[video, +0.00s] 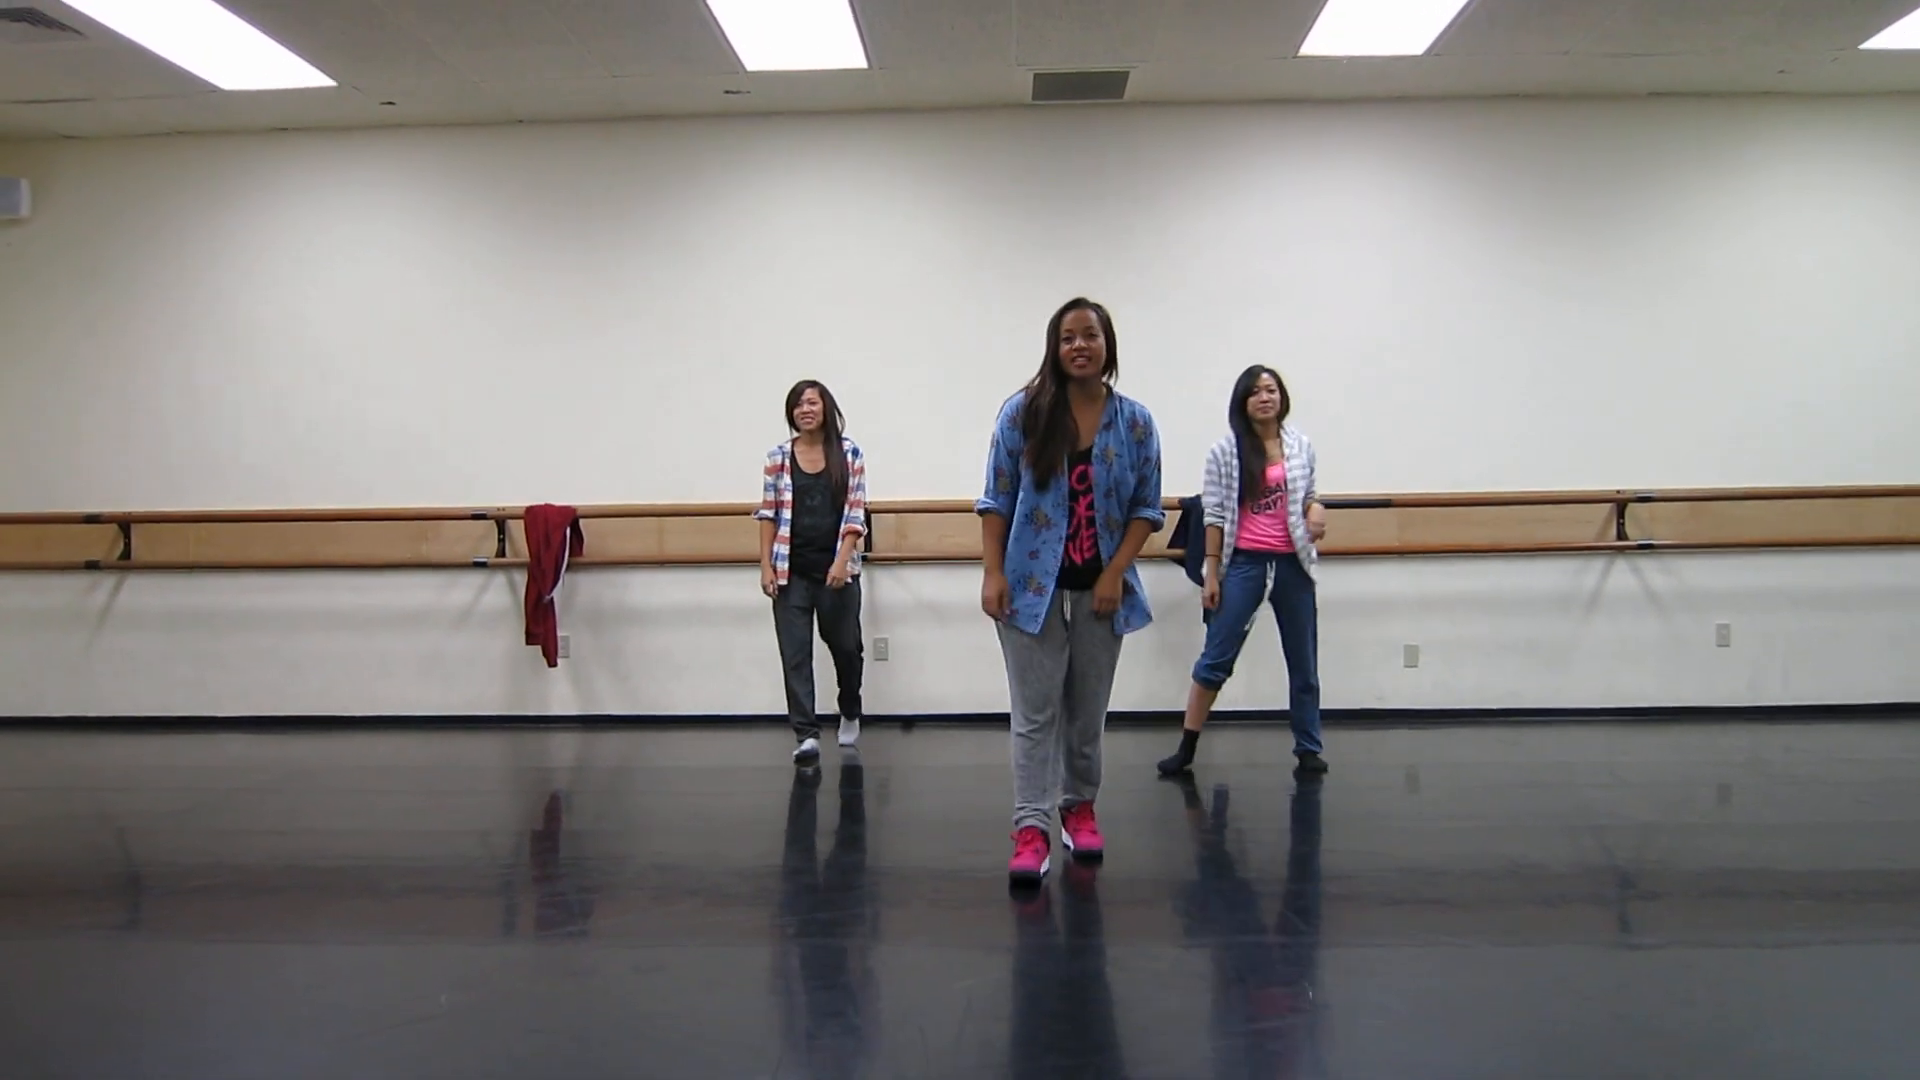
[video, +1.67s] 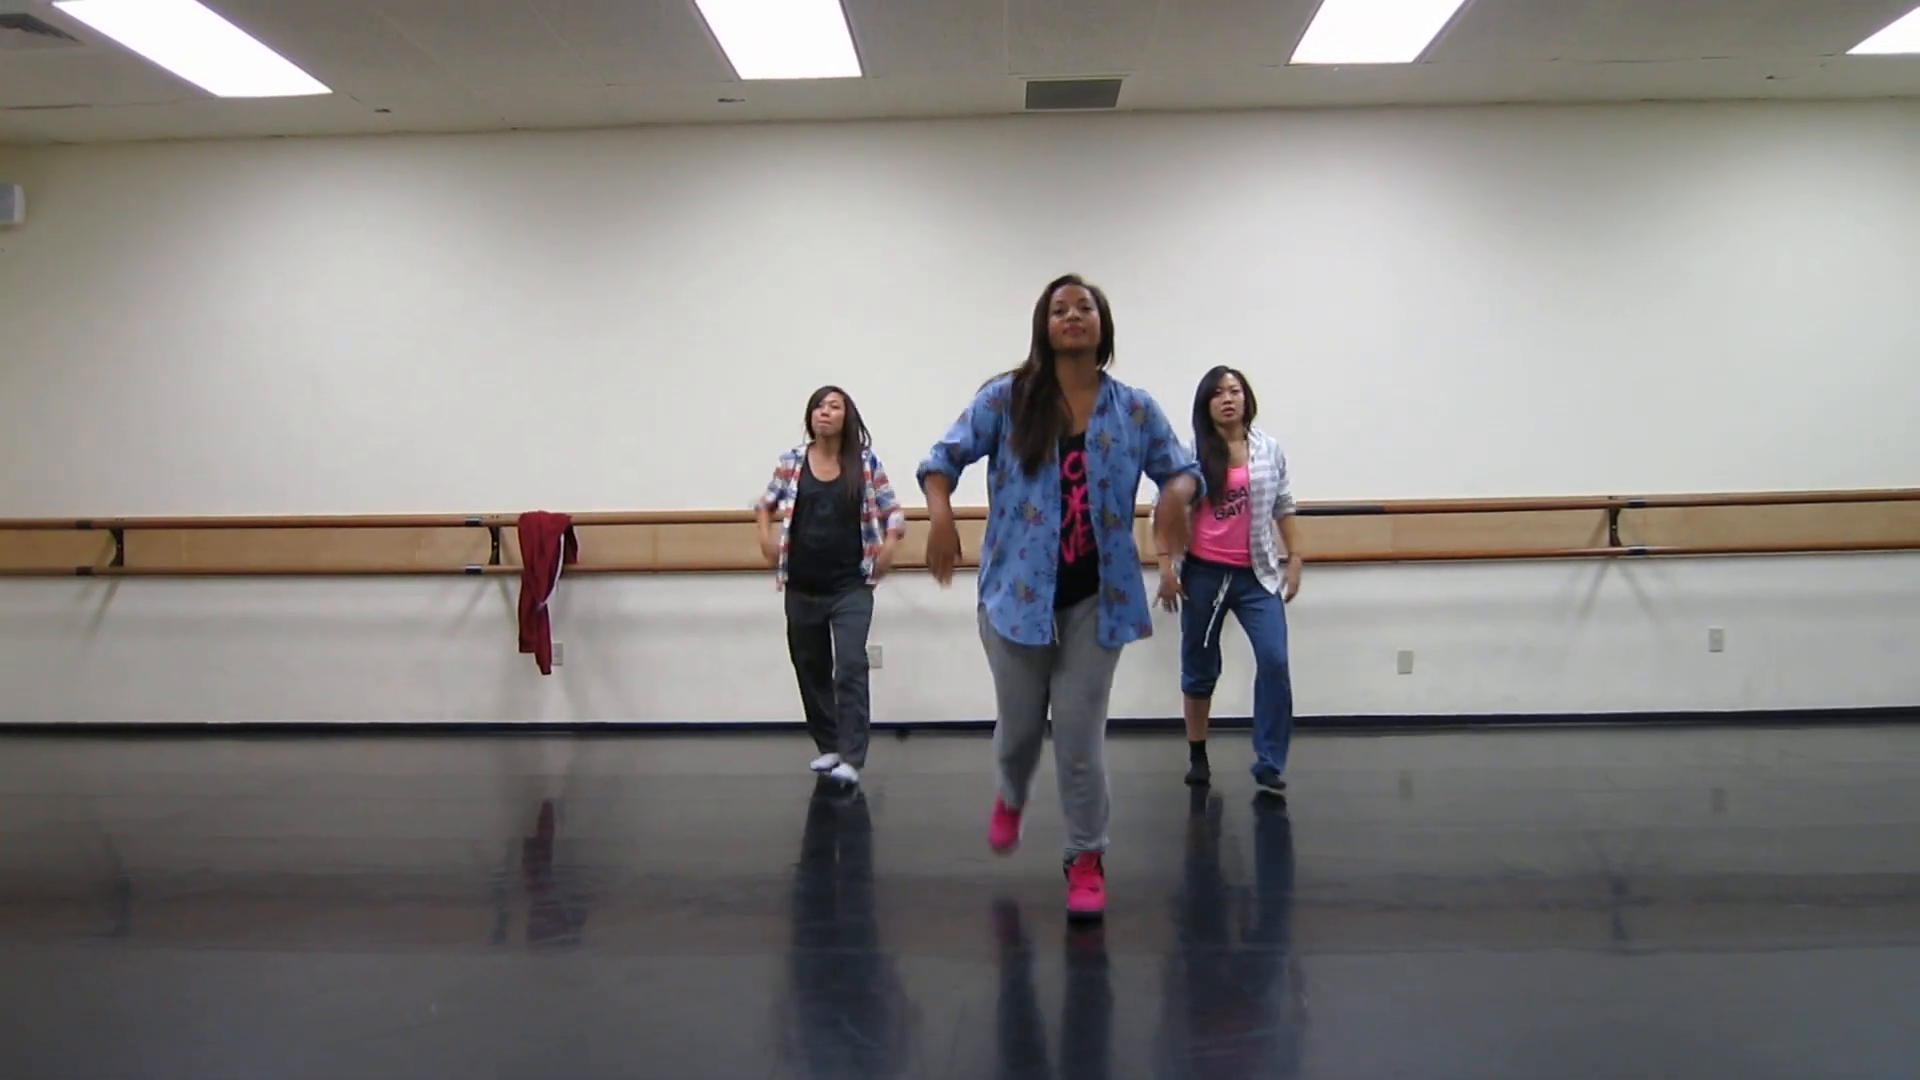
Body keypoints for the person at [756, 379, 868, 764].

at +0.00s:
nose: (806, 409)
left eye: (813, 402)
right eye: (799, 404)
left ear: (827, 409)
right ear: (791, 412)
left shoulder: (848, 452)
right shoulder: (778, 457)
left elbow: (856, 510)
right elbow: (768, 513)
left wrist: (843, 559)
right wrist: (765, 563)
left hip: (836, 572)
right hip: (790, 573)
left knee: (848, 650)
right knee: (795, 656)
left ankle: (849, 713)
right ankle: (805, 734)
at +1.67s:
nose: (827, 411)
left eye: (835, 406)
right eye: (820, 406)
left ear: (848, 418)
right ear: (810, 416)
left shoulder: (866, 462)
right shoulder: (792, 462)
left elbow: (894, 515)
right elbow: (765, 505)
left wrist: (887, 549)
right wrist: (766, 541)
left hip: (851, 588)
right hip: (802, 590)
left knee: (850, 669)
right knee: (813, 674)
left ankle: (850, 760)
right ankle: (829, 750)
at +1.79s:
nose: (823, 416)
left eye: (830, 409)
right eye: (816, 411)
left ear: (845, 419)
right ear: (806, 424)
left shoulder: (866, 463)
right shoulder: (795, 465)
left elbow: (902, 496)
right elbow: (765, 505)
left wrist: (909, 479)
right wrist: (756, 464)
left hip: (854, 589)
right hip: (803, 590)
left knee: (850, 673)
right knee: (806, 679)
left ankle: (847, 766)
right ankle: (832, 721)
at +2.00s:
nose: (818, 422)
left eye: (824, 414)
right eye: (810, 419)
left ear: (840, 422)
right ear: (803, 433)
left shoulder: (861, 469)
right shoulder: (791, 471)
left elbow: (894, 503)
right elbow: (746, 479)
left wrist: (909, 484)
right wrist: (698, 475)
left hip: (850, 596)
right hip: (800, 593)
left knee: (849, 681)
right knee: (798, 670)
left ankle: (846, 768)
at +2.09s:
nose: (813, 415)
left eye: (820, 408)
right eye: (805, 412)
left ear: (835, 415)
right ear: (798, 425)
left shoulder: (855, 459)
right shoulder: (793, 461)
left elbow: (839, 492)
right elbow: (775, 473)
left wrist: (802, 505)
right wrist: (778, 475)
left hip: (843, 590)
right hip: (795, 585)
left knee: (847, 684)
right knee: (779, 654)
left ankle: (844, 766)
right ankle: (770, 737)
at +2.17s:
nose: (806, 399)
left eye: (812, 392)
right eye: (797, 396)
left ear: (828, 399)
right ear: (790, 409)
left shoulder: (848, 443)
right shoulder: (785, 443)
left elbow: (811, 481)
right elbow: (780, 463)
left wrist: (760, 495)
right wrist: (803, 451)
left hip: (842, 577)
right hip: (791, 571)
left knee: (850, 662)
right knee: (762, 640)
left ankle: (852, 759)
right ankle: (771, 731)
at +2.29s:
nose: (795, 402)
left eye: (801, 393)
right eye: (788, 399)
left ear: (820, 400)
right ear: (782, 413)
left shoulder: (840, 436)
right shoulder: (774, 449)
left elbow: (868, 459)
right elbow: (722, 456)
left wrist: (810, 459)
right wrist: (762, 439)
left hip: (834, 579)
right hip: (780, 580)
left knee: (862, 657)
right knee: (757, 667)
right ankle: (730, 763)